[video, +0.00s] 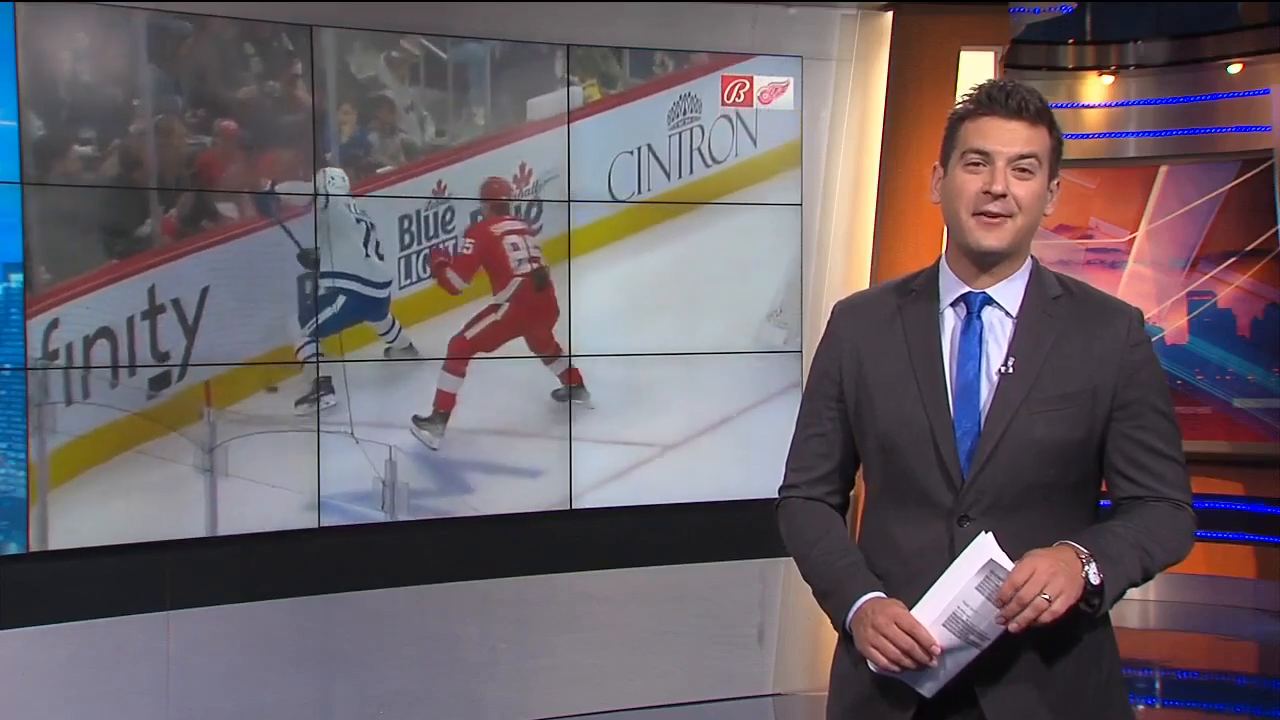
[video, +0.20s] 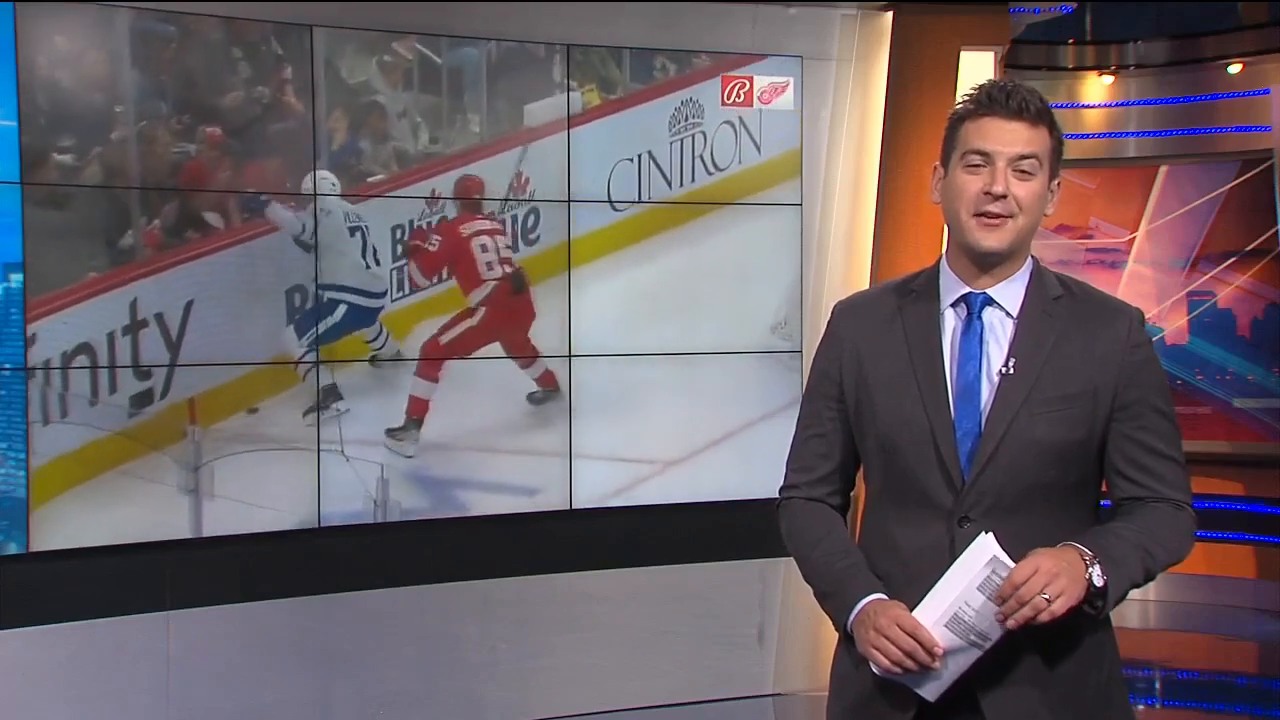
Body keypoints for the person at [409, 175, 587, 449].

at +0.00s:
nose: (482, 207)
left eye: (483, 203)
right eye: (484, 202)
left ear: (485, 204)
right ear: (509, 203)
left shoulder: (480, 231)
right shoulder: (523, 226)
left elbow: (455, 284)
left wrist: (439, 264)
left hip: (513, 309)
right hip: (547, 305)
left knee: (460, 346)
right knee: (542, 342)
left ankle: (437, 420)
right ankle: (575, 386)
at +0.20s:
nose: (460, 203)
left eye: (458, 198)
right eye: (471, 199)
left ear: (457, 200)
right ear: (482, 200)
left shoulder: (451, 229)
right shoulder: (496, 225)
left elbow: (422, 275)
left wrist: (414, 249)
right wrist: (432, 243)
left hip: (489, 313)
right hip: (522, 306)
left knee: (432, 351)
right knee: (516, 345)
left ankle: (411, 427)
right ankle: (550, 386)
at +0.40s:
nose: (427, 199)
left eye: (428, 195)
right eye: (430, 195)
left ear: (430, 196)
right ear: (456, 195)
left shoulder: (420, 225)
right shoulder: (477, 221)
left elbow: (393, 266)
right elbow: (483, 260)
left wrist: (395, 238)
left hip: (463, 310)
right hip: (498, 305)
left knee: (406, 353)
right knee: (491, 343)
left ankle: (386, 433)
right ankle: (529, 390)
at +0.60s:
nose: (416, 186)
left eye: (413, 181)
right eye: (432, 181)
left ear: (410, 183)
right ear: (438, 182)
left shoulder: (398, 214)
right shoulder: (456, 211)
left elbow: (372, 262)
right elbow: (460, 251)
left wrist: (371, 234)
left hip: (438, 304)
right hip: (475, 299)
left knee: (382, 352)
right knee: (475, 345)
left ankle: (364, 432)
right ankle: (514, 392)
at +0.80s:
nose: (415, 166)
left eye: (407, 159)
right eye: (422, 160)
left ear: (398, 161)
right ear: (428, 161)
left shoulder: (384, 193)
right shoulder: (445, 195)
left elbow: (384, 251)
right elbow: (451, 244)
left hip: (414, 287)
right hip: (455, 283)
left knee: (368, 346)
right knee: (465, 336)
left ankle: (353, 427)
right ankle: (503, 392)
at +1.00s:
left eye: (403, 129)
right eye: (421, 129)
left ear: (396, 134)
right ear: (428, 135)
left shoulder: (387, 164)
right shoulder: (442, 172)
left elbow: (375, 179)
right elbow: (446, 222)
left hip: (395, 264)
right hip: (436, 262)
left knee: (368, 331)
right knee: (463, 328)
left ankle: (350, 419)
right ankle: (495, 395)